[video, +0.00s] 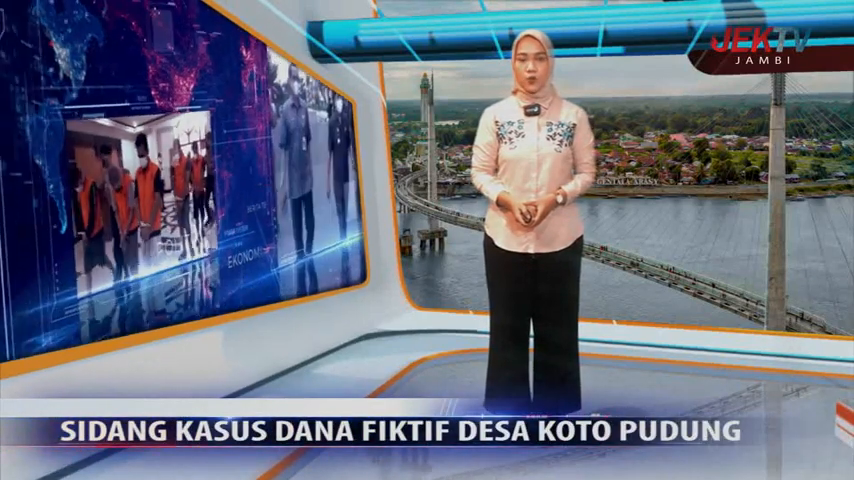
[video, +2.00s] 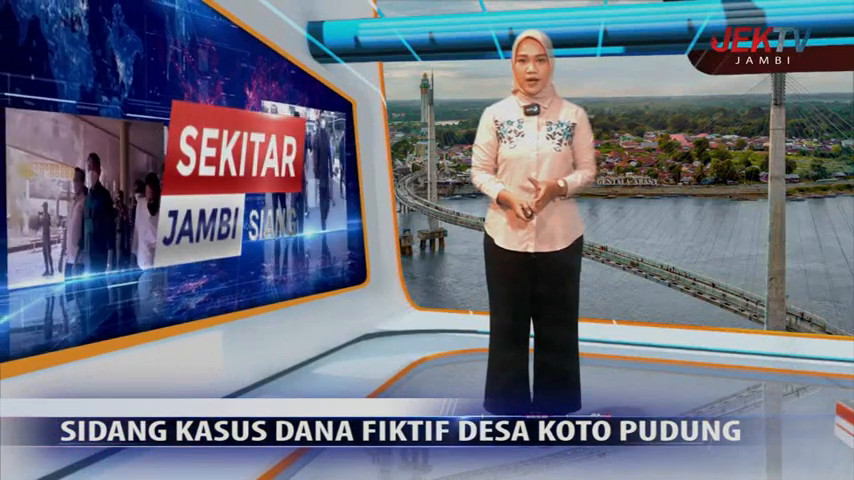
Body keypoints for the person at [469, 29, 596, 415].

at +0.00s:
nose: (531, 66)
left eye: (539, 58)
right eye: (523, 58)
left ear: (551, 64)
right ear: (513, 64)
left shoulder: (574, 116)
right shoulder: (494, 116)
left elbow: (586, 174)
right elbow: (480, 172)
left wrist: (553, 198)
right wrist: (508, 201)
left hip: (559, 243)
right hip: (506, 245)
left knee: (558, 339)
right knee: (507, 337)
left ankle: (558, 423)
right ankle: (506, 424)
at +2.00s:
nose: (531, 67)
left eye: (540, 60)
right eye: (523, 60)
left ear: (551, 65)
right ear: (513, 65)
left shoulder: (573, 115)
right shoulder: (494, 116)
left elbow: (587, 172)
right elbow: (480, 171)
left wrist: (558, 187)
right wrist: (507, 197)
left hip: (559, 241)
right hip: (507, 242)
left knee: (558, 337)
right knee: (507, 336)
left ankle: (558, 422)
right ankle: (506, 422)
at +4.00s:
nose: (531, 67)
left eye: (540, 60)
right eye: (523, 60)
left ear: (552, 65)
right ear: (513, 65)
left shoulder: (574, 116)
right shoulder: (494, 116)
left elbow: (588, 173)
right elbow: (480, 172)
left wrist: (555, 198)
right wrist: (509, 200)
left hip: (559, 243)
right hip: (506, 244)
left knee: (558, 337)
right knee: (507, 336)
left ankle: (557, 421)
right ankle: (506, 421)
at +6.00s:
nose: (531, 67)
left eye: (539, 59)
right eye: (522, 59)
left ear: (551, 64)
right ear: (511, 65)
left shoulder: (572, 115)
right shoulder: (494, 116)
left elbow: (587, 172)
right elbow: (479, 172)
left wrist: (556, 197)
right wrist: (505, 198)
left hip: (559, 241)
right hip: (506, 242)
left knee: (554, 329)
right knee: (510, 329)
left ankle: (544, 413)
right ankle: (519, 414)